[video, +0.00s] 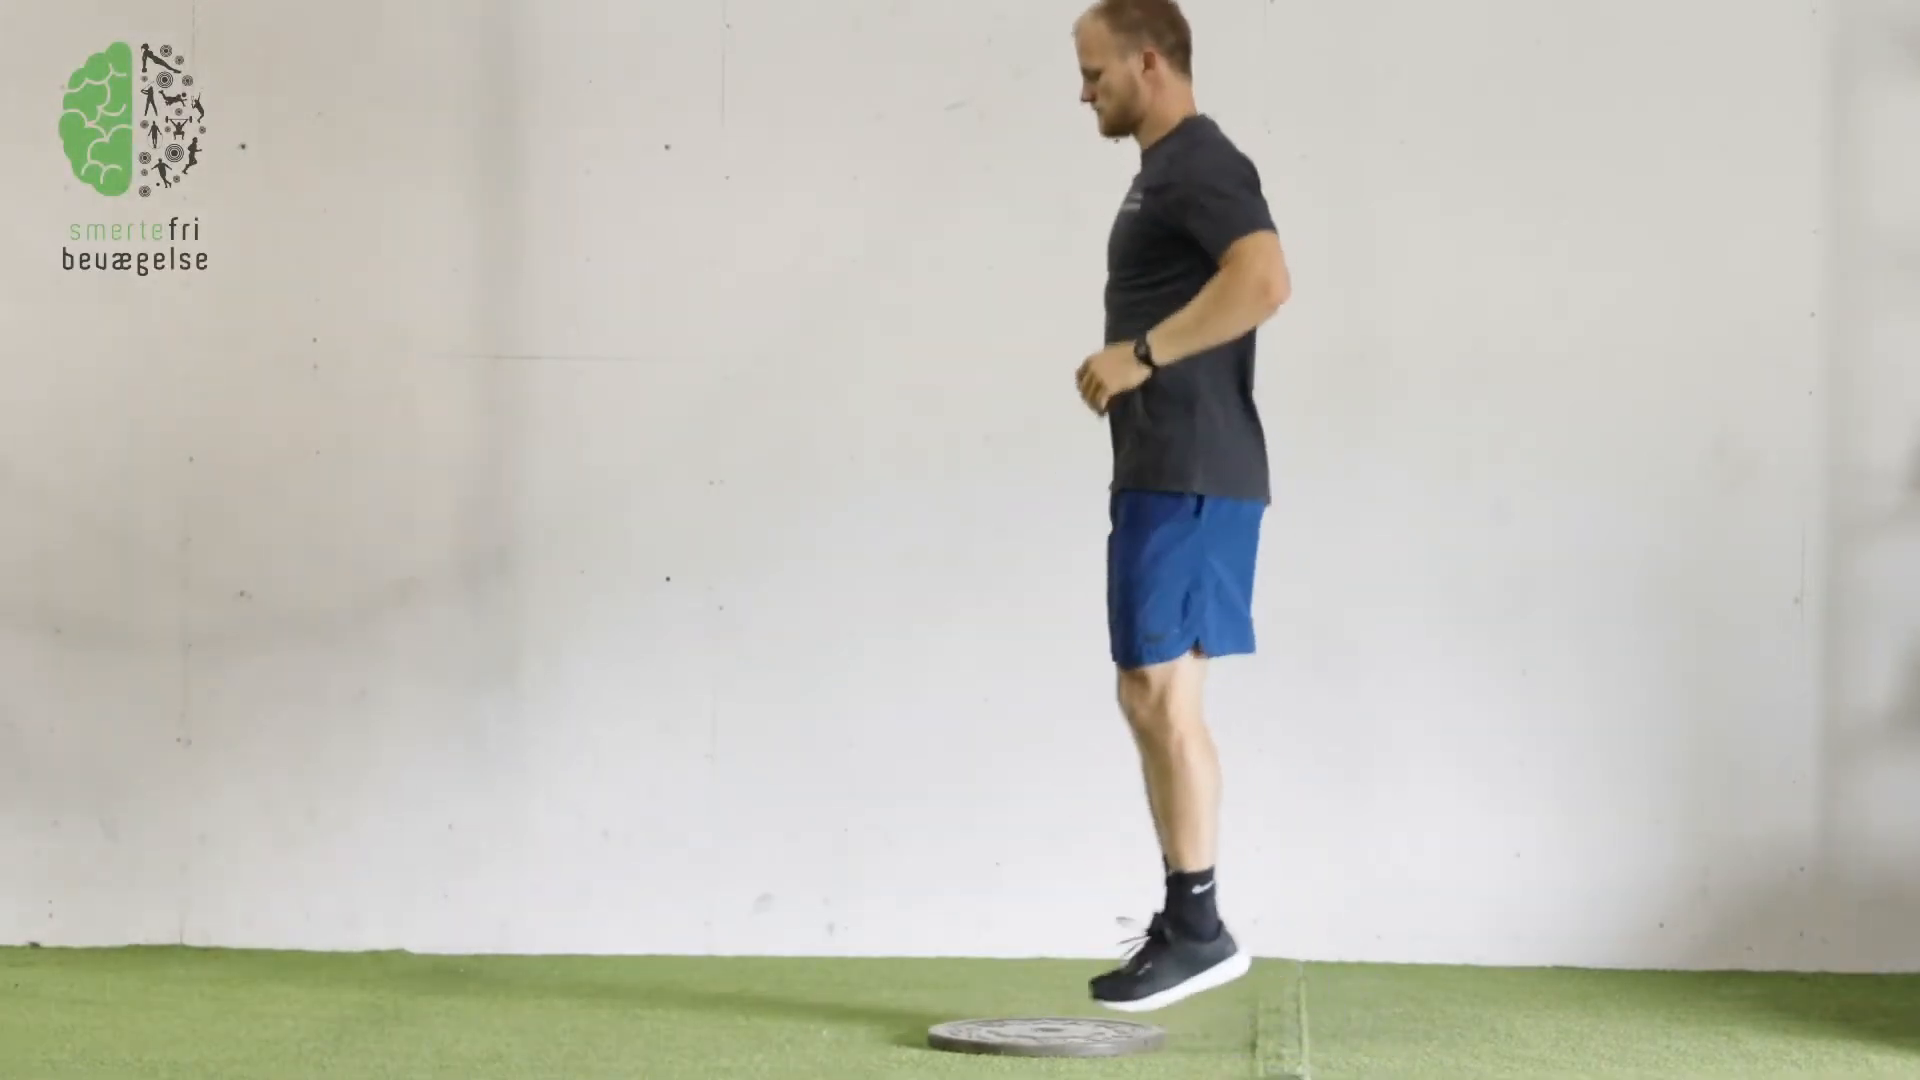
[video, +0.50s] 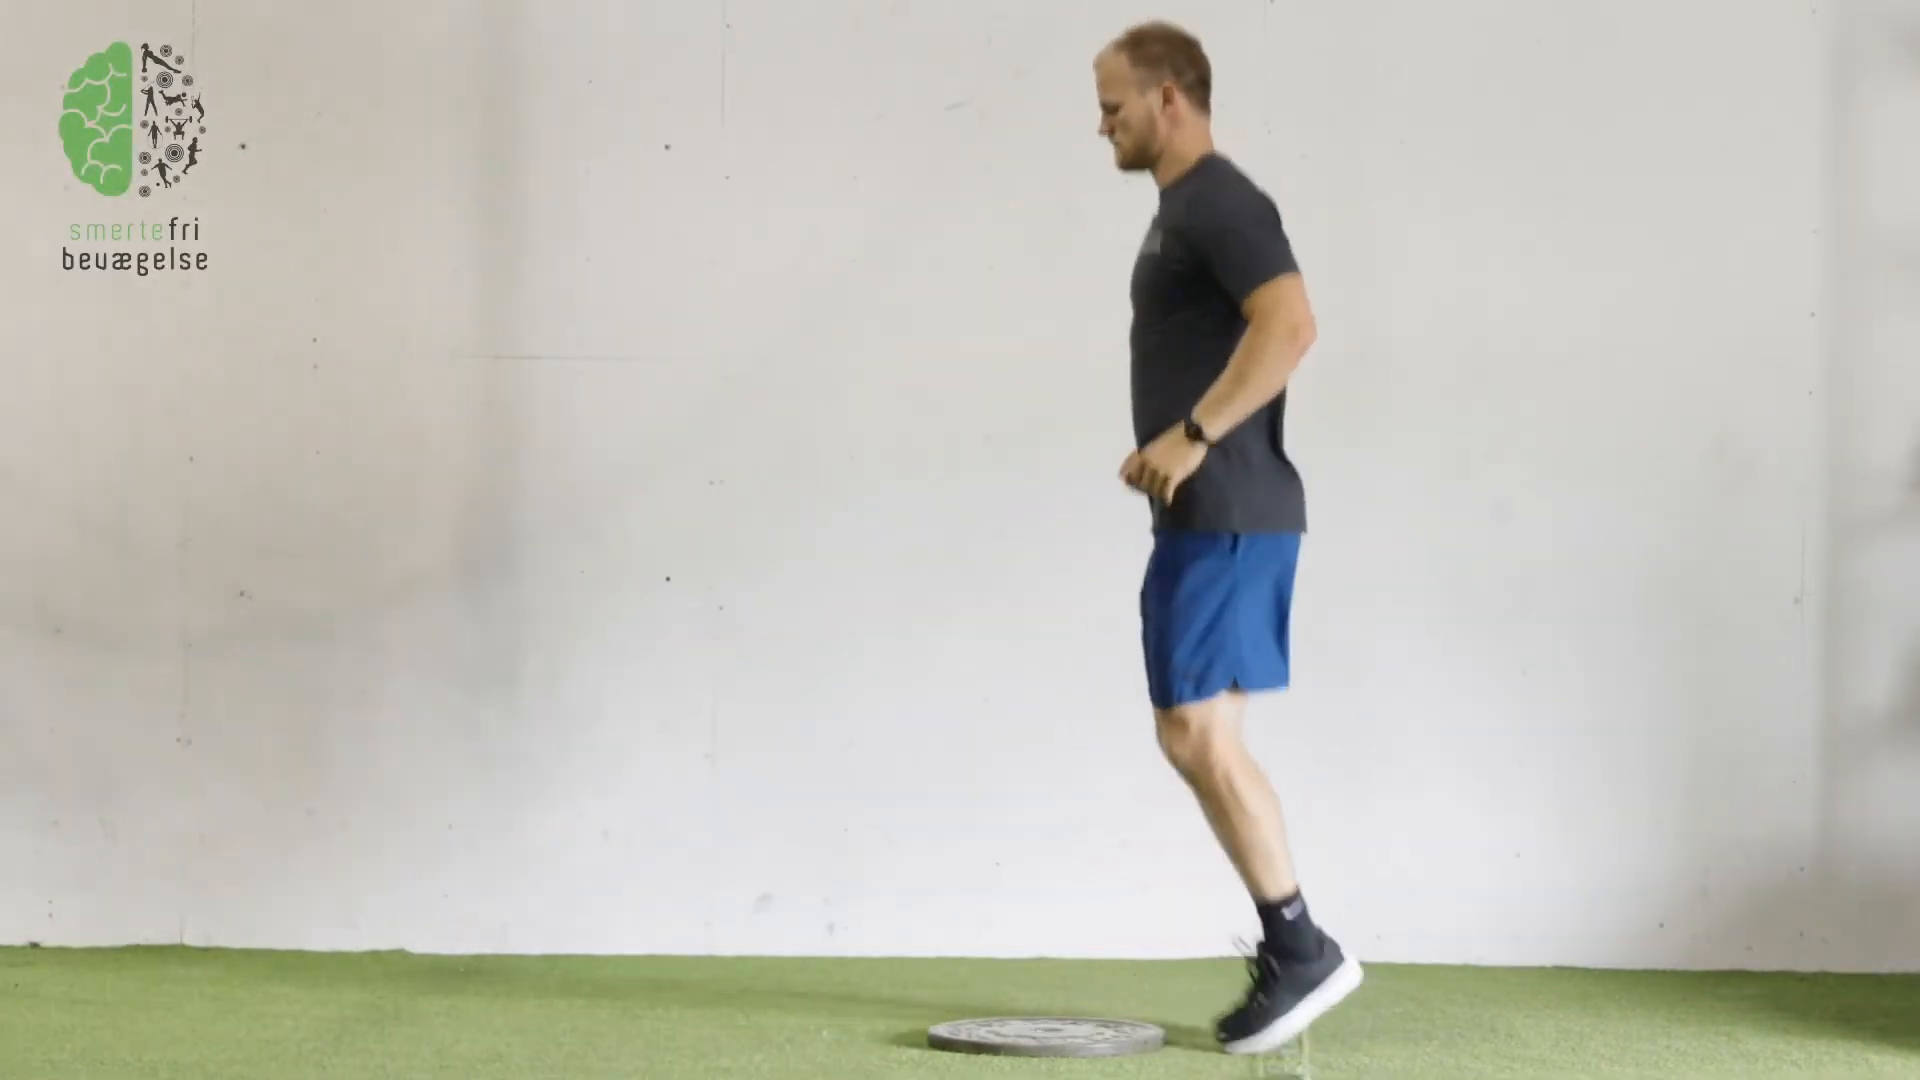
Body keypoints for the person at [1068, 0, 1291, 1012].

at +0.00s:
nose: (1084, 93)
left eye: (1093, 72)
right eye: (1082, 76)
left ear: (1150, 64)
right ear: (1142, 68)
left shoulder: (1200, 157)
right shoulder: (1169, 166)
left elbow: (1261, 279)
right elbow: (1233, 289)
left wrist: (1142, 354)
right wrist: (1132, 360)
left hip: (1190, 476)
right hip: (1163, 475)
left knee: (1164, 692)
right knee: (1148, 692)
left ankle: (1196, 927)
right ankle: (1187, 921)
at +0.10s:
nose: (1082, 156)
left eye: (1091, 137)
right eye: (1081, 139)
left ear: (1149, 132)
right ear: (1146, 136)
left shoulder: (1196, 235)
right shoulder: (1163, 239)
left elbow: (1245, 372)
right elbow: (1215, 380)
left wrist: (1129, 458)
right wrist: (1124, 467)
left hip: (1181, 546)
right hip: (1164, 542)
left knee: (1115, 754)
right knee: (1123, 757)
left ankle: (1191, 976)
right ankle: (1185, 973)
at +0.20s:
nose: (1084, 170)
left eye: (1094, 151)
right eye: (1083, 153)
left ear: (1150, 146)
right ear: (1146, 151)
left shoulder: (1199, 251)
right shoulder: (1163, 252)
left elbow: (1245, 394)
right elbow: (1204, 403)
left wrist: (1135, 491)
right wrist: (1125, 503)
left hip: (1183, 559)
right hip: (1167, 554)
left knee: (1121, 760)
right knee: (1120, 760)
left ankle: (1193, 980)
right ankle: (1185, 975)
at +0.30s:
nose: (1087, 101)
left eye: (1096, 82)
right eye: (1085, 84)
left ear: (1153, 77)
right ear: (1146, 81)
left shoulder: (1202, 171)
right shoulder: (1170, 178)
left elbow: (1266, 300)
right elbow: (1225, 312)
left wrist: (1171, 404)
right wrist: (1154, 418)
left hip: (1200, 486)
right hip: (1179, 483)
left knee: (1176, 704)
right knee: (1176, 704)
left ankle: (1192, 937)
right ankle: (1184, 931)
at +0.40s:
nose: (1091, 87)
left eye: (1101, 68)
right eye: (1090, 70)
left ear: (1157, 59)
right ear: (1151, 63)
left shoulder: (1208, 154)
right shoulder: (1179, 161)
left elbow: (1281, 272)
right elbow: (1250, 281)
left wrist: (1187, 377)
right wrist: (1175, 382)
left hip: (1209, 471)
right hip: (1193, 469)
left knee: (1180, 688)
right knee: (1186, 688)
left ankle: (1233, 916)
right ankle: (1227, 912)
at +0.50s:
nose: (1101, 124)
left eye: (1111, 105)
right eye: (1101, 108)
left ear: (1166, 99)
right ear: (1166, 103)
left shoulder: (1219, 199)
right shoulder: (1185, 208)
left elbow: (1288, 324)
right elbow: (1247, 341)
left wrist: (1191, 432)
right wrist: (1169, 446)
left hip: (1230, 517)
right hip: (1208, 514)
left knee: (1203, 732)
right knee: (1191, 734)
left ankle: (1297, 949)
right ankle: (1290, 947)